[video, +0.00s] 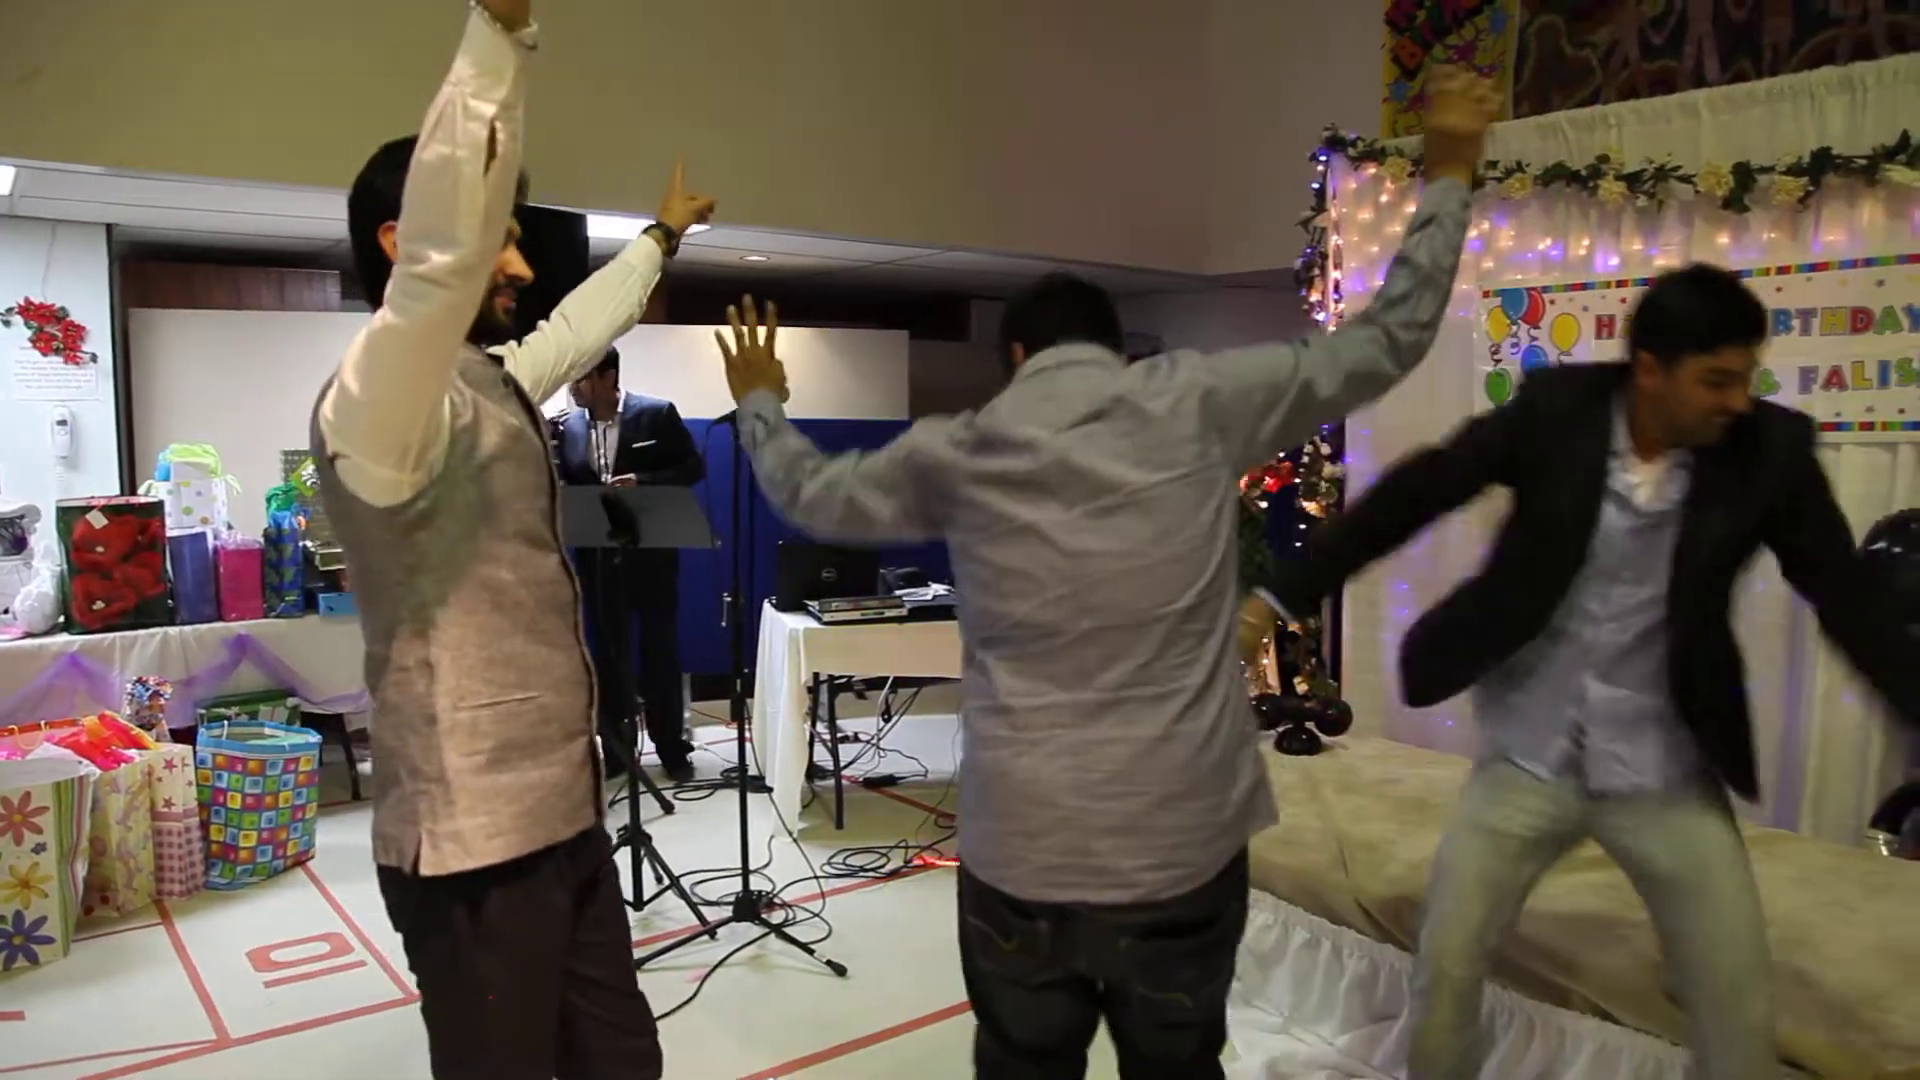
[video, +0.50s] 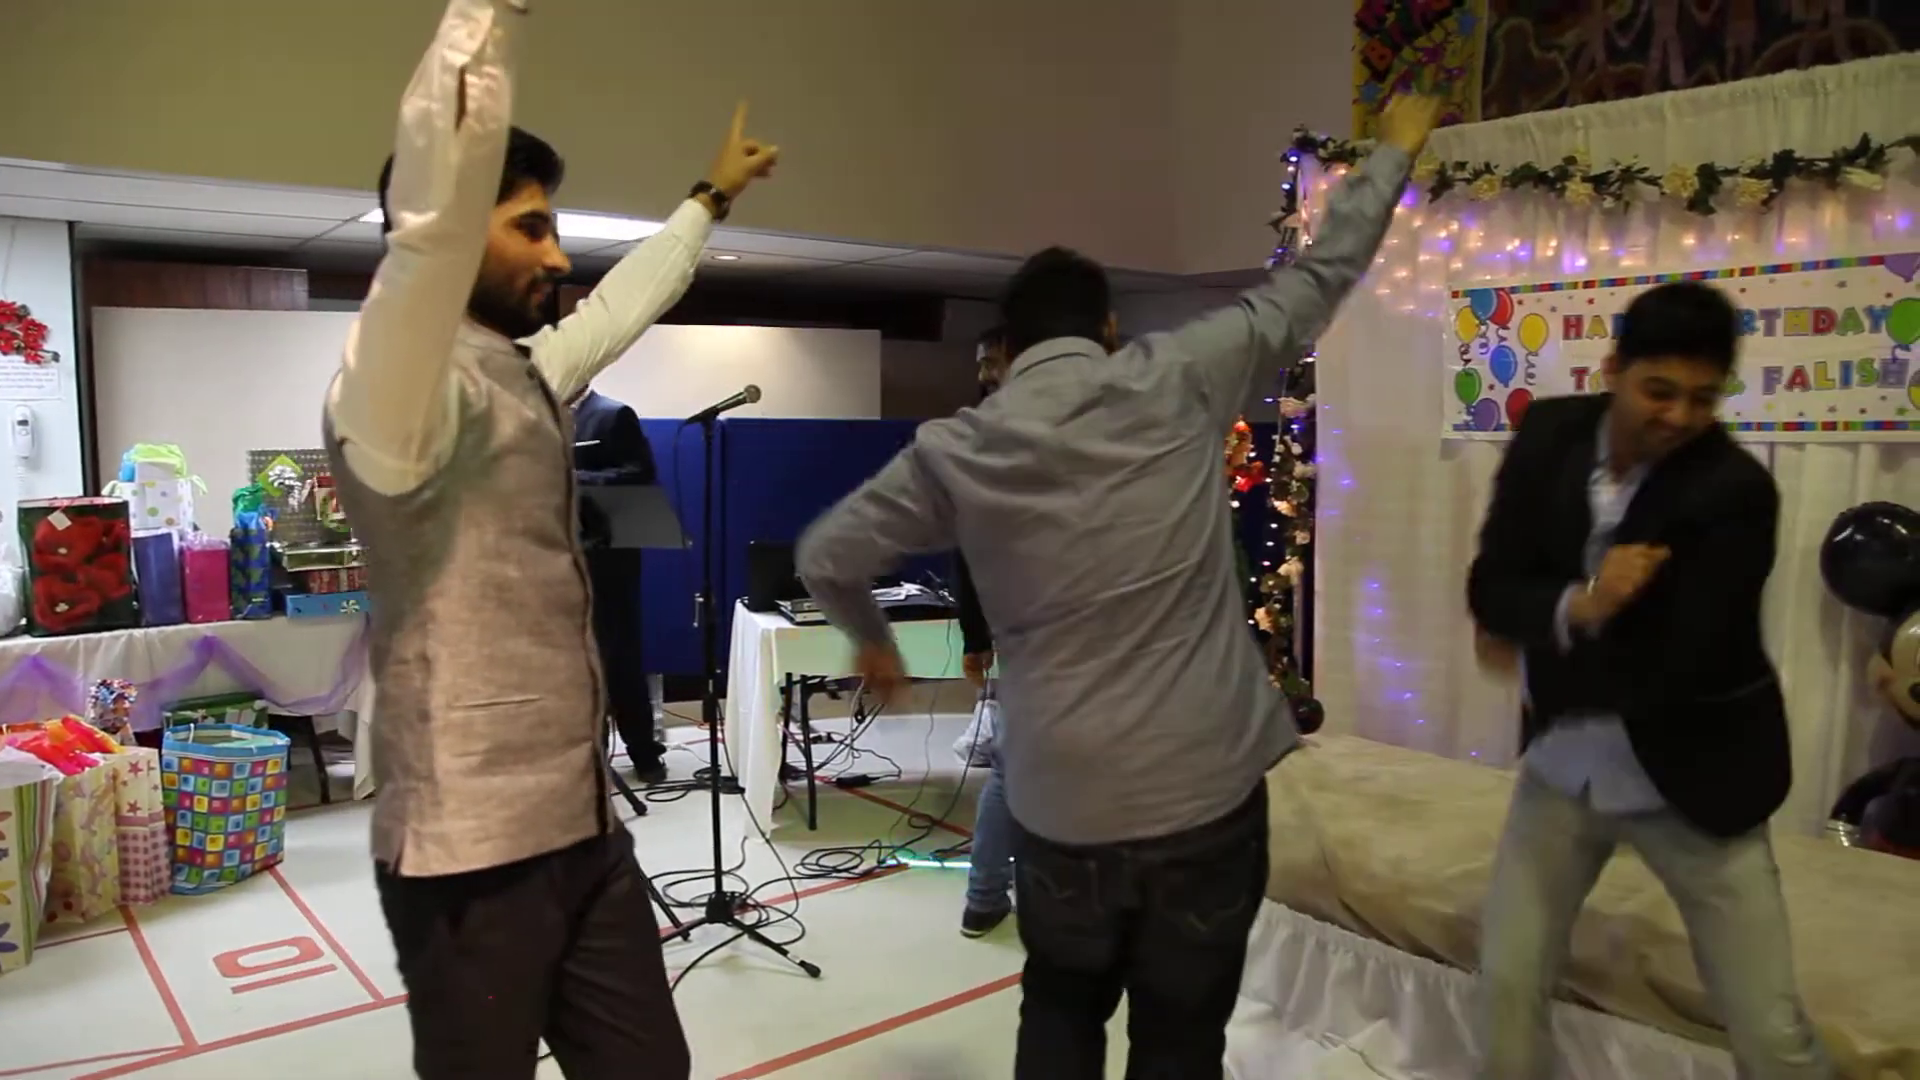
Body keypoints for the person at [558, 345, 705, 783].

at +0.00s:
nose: (573, 387)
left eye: (581, 378)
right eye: (572, 379)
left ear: (609, 377)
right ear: (579, 383)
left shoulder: (657, 415)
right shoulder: (567, 431)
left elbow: (692, 468)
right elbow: (563, 488)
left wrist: (643, 482)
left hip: (653, 557)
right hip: (597, 561)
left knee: (659, 652)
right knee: (608, 656)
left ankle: (672, 750)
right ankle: (616, 753)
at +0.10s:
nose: (574, 382)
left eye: (584, 372)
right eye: (573, 373)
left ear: (610, 374)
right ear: (575, 379)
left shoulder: (654, 415)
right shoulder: (565, 429)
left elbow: (688, 468)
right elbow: (556, 488)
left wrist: (635, 481)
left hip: (647, 558)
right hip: (593, 561)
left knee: (653, 653)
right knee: (604, 657)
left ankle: (666, 750)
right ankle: (610, 753)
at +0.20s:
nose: (577, 374)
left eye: (587, 365)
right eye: (575, 365)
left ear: (610, 370)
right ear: (572, 373)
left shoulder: (649, 415)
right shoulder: (564, 427)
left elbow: (682, 469)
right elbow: (557, 485)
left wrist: (624, 479)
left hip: (642, 558)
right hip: (587, 560)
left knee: (646, 655)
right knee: (597, 659)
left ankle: (659, 750)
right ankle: (602, 753)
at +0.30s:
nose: (576, 372)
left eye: (586, 364)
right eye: (573, 365)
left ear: (605, 366)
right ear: (564, 374)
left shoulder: (639, 415)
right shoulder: (551, 426)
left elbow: (672, 469)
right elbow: (536, 481)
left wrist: (612, 480)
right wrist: (562, 487)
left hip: (632, 559)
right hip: (575, 560)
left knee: (639, 655)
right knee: (586, 658)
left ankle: (651, 751)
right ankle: (593, 751)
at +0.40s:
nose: (570, 375)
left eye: (578, 367)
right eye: (567, 369)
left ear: (595, 371)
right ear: (558, 377)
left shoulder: (626, 416)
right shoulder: (547, 424)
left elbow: (658, 473)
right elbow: (532, 481)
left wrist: (598, 479)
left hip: (626, 560)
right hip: (569, 560)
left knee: (633, 657)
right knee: (577, 659)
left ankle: (647, 753)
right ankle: (580, 751)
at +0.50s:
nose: (557, 374)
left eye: (563, 364)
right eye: (550, 366)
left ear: (579, 372)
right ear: (544, 375)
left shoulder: (613, 418)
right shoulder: (537, 420)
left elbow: (641, 475)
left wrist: (572, 482)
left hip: (611, 558)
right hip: (559, 558)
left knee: (621, 658)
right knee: (568, 661)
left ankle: (645, 756)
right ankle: (577, 763)